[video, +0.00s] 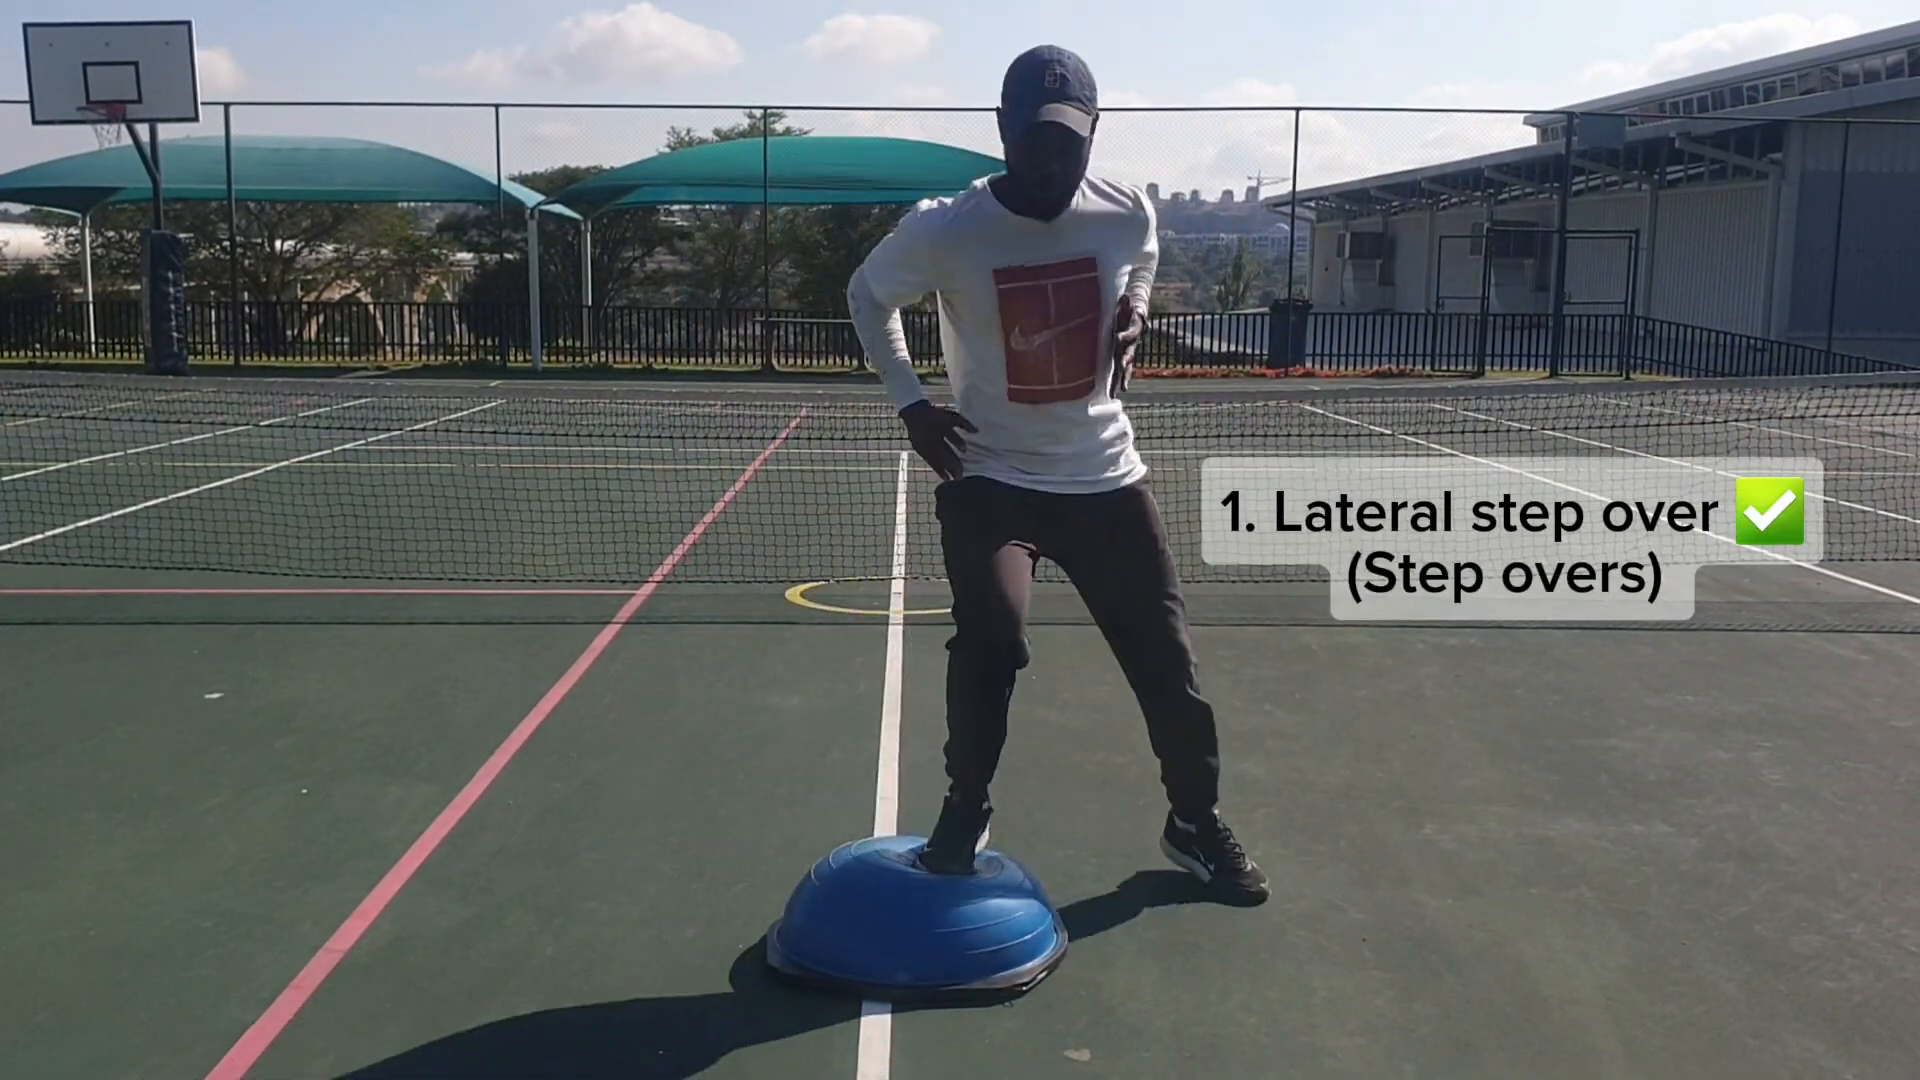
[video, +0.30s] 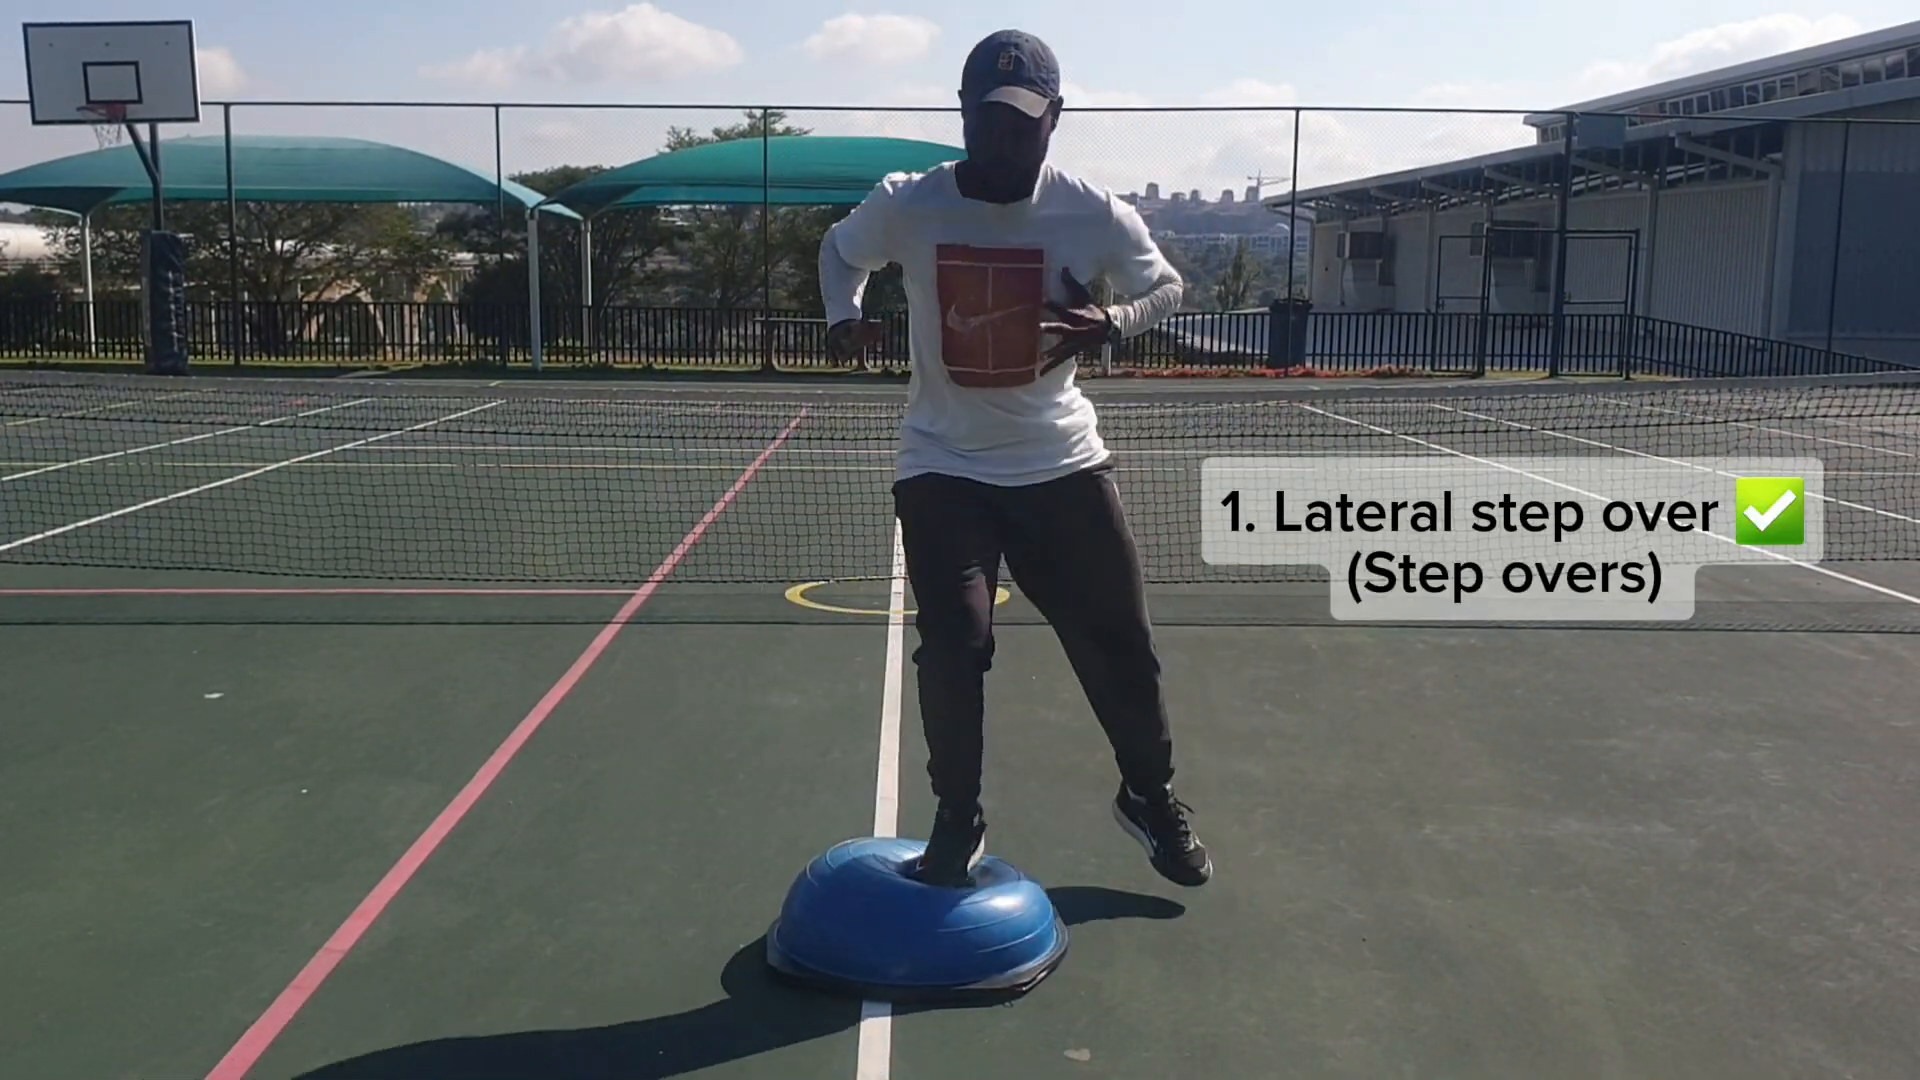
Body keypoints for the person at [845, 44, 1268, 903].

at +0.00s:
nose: (1055, 157)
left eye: (1071, 138)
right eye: (1037, 137)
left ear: (1094, 139)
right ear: (1004, 135)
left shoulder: (1127, 220)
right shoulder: (941, 231)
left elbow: (1142, 263)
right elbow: (868, 296)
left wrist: (1130, 315)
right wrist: (910, 400)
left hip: (1102, 475)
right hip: (988, 476)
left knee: (1169, 665)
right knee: (992, 641)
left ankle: (1195, 821)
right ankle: (966, 808)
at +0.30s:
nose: (1008, 135)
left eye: (1026, 119)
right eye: (992, 116)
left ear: (1053, 123)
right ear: (963, 115)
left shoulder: (1092, 215)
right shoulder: (907, 207)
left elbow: (1168, 288)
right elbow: (839, 251)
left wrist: (1114, 321)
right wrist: (845, 312)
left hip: (1059, 461)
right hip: (943, 462)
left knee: (1123, 641)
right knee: (953, 638)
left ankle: (1151, 797)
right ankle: (957, 819)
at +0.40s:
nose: (971, 93)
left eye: (990, 75)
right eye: (956, 73)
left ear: (1021, 73)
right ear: (933, 64)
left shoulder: (1057, 157)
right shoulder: (872, 154)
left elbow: (1118, 221)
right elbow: (820, 206)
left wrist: (1081, 278)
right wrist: (829, 291)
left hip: (1021, 402)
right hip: (900, 413)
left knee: (1079, 584)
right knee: (909, 610)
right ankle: (937, 783)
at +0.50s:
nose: (936, 86)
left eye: (954, 68)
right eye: (922, 66)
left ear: (986, 56)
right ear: (895, 50)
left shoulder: (1035, 140)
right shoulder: (833, 139)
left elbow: (1079, 190)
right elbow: (778, 195)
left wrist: (1052, 254)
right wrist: (792, 285)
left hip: (988, 382)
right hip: (864, 379)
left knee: (1012, 561)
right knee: (833, 566)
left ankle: (950, 727)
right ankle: (861, 724)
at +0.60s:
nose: (885, 115)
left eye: (906, 96)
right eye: (870, 93)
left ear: (941, 77)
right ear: (844, 71)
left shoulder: (999, 158)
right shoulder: (793, 164)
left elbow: (1053, 184)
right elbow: (753, 209)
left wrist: (1018, 261)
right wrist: (769, 300)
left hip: (948, 416)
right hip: (823, 413)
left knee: (953, 616)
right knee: (766, 615)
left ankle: (897, 800)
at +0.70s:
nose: (857, 182)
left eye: (874, 162)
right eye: (838, 162)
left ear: (898, 145)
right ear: (803, 148)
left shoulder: (947, 224)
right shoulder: (754, 232)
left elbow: (1024, 263)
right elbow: (753, 304)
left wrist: (980, 335)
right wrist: (759, 377)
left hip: (905, 489)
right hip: (780, 493)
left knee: (939, 665)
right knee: (715, 694)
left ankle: (896, 816)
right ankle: (637, 889)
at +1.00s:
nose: (891, 119)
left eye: (904, 98)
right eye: (869, 100)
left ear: (927, 86)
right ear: (832, 94)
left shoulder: (975, 165)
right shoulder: (787, 186)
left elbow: (1065, 190)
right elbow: (735, 261)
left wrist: (1034, 238)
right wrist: (743, 320)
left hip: (936, 447)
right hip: (813, 448)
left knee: (916, 654)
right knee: (763, 640)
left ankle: (888, 827)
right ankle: (723, 815)